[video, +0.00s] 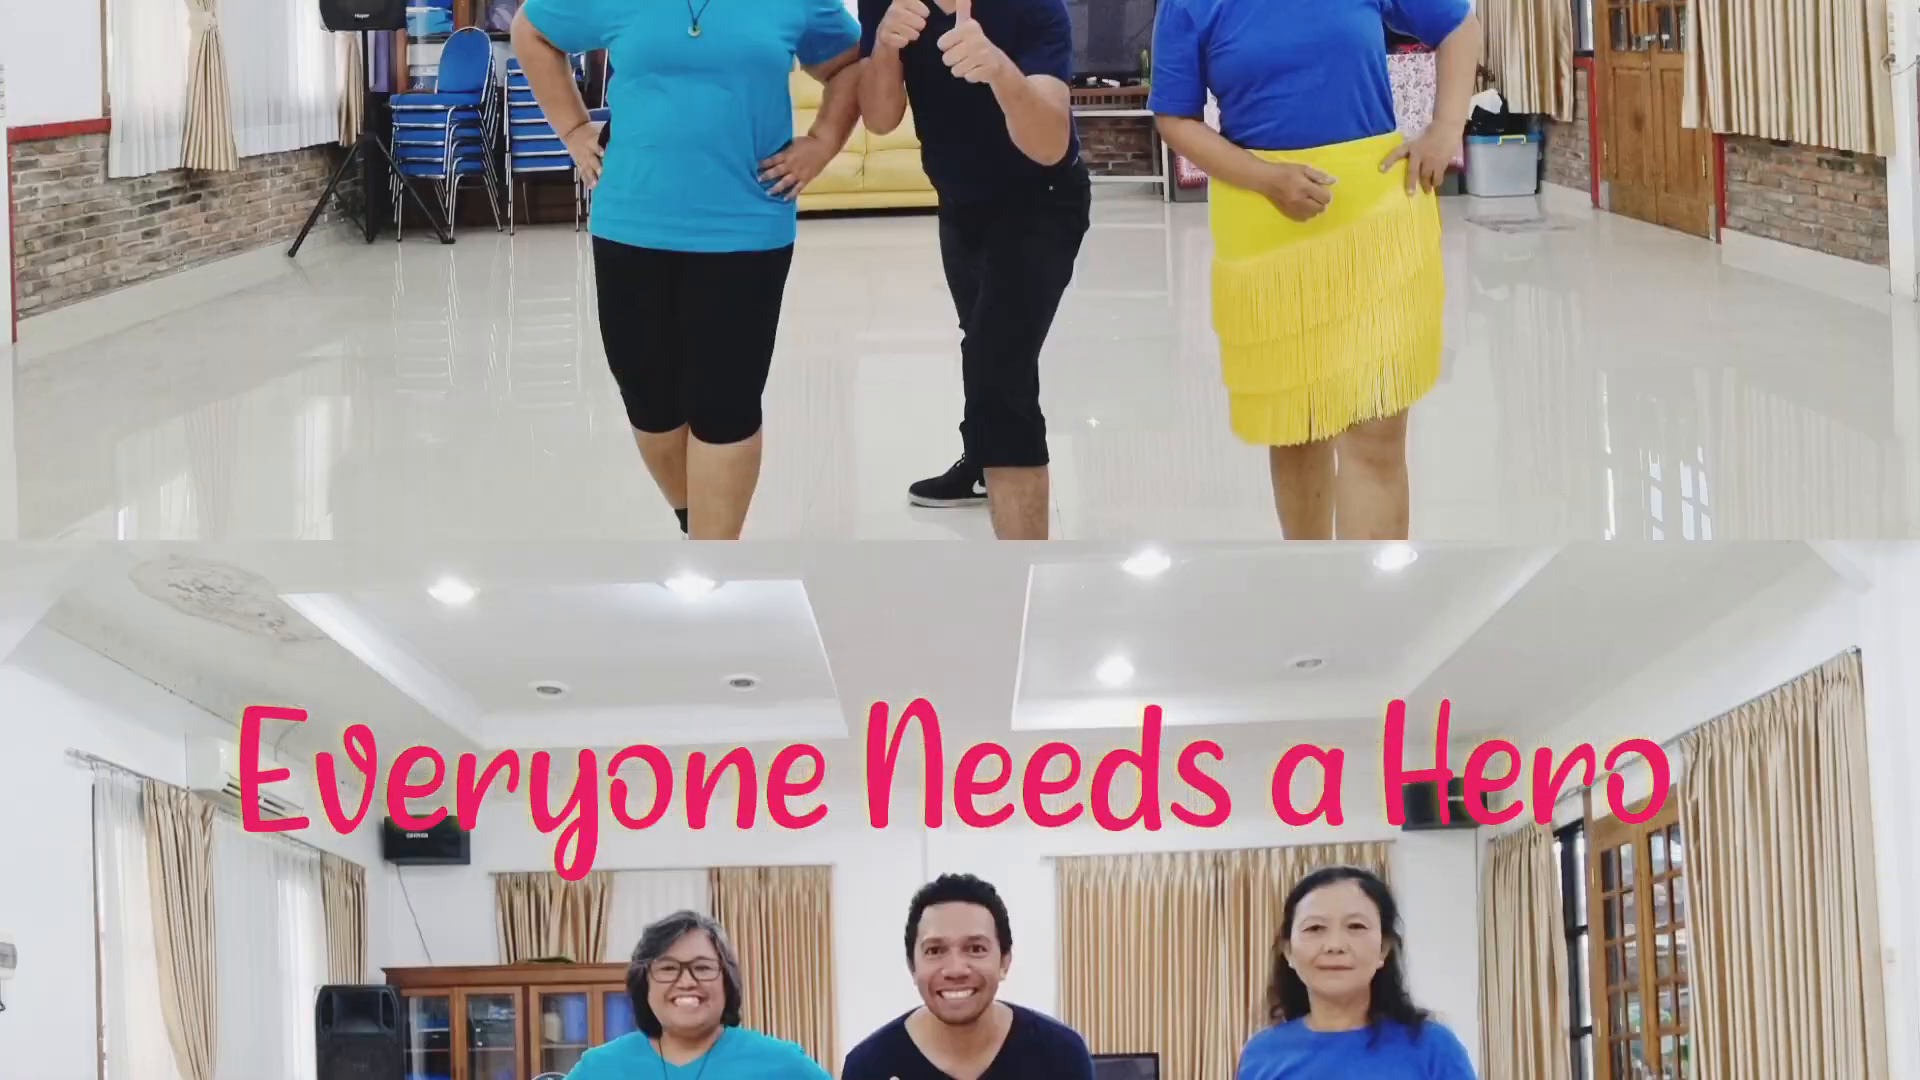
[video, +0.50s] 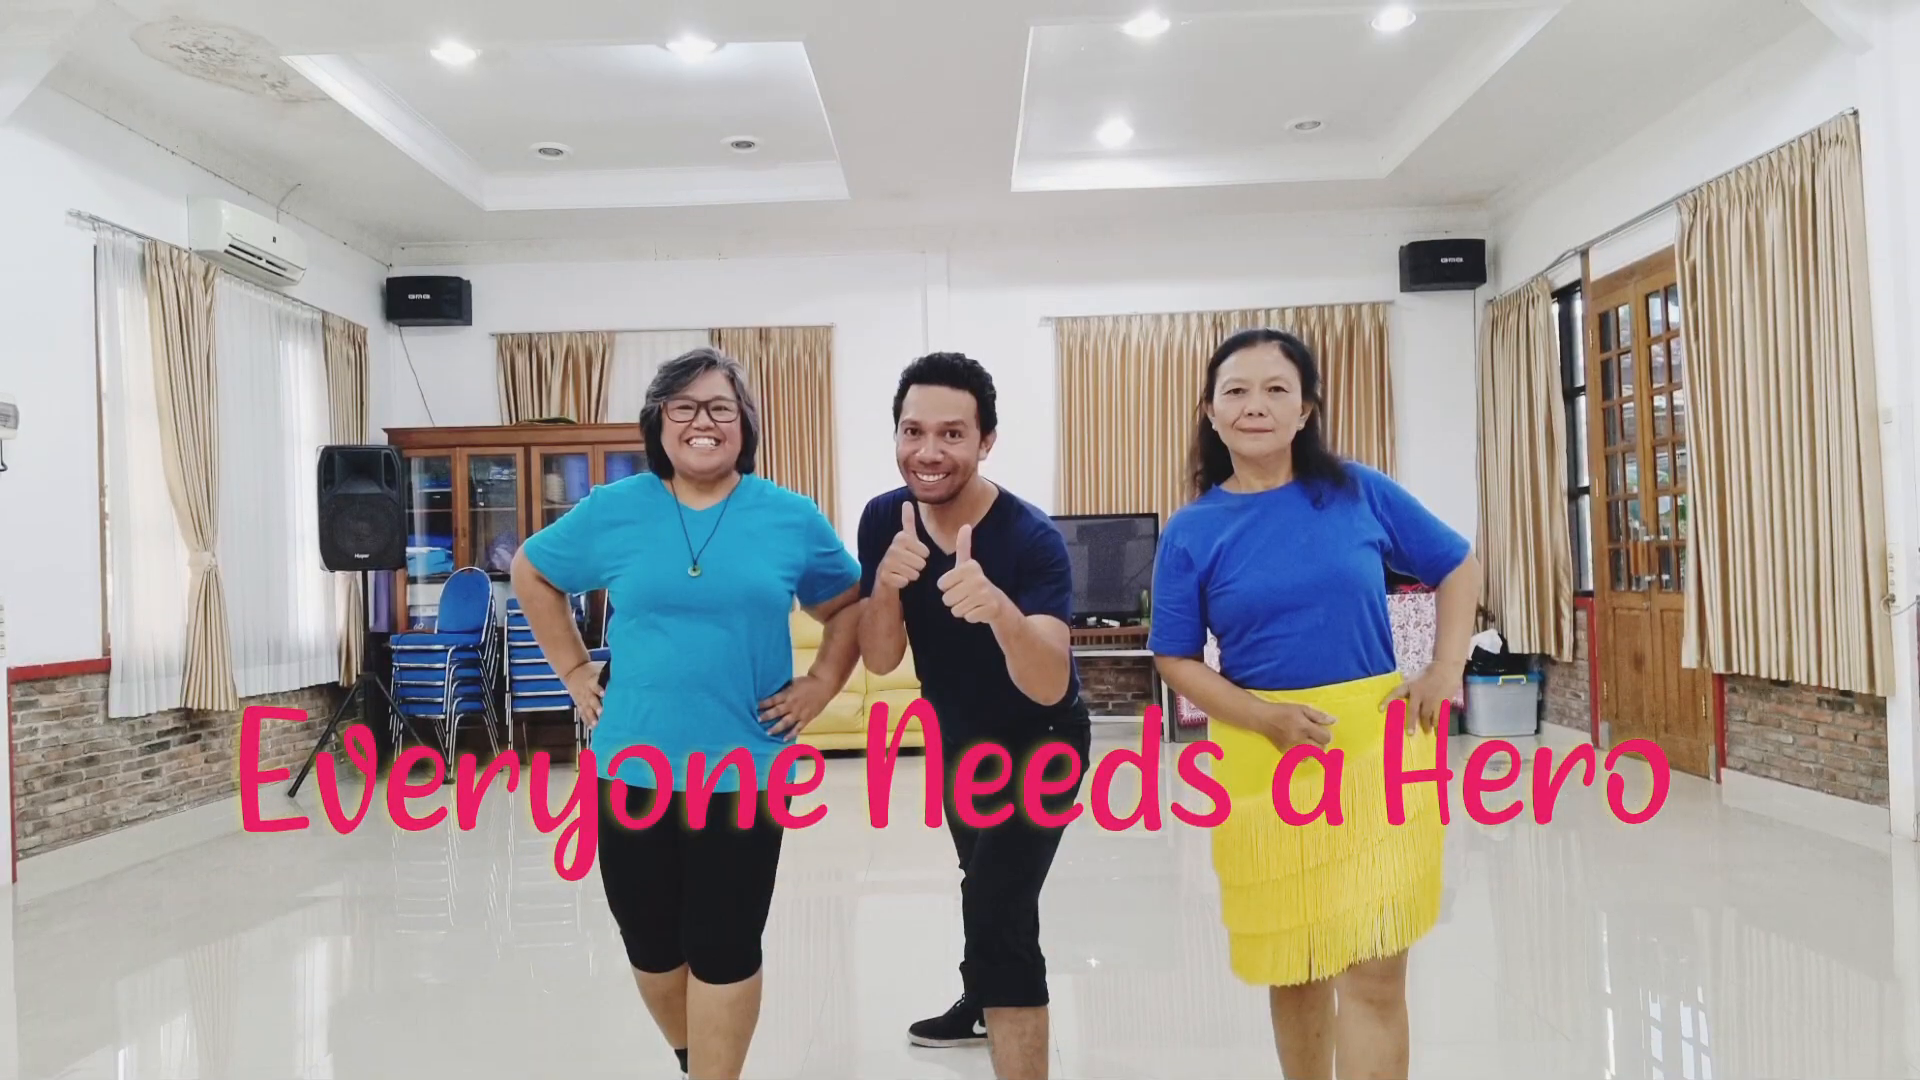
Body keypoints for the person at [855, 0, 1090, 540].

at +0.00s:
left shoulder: (1033, 10)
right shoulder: (893, 7)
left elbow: (1050, 146)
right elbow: (879, 119)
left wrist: (1002, 72)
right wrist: (884, 48)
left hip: (1039, 196)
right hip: (961, 200)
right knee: (982, 340)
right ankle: (984, 458)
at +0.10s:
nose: (930, 176)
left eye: (951, 159)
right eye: (915, 157)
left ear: (986, 168)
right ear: (896, 163)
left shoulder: (1031, 265)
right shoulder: (885, 245)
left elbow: (1049, 409)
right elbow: (880, 383)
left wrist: (1002, 335)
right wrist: (884, 313)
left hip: (1041, 465)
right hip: (961, 467)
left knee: (994, 621)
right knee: (991, 618)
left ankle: (1012, 763)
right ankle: (1008, 753)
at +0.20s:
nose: (929, 336)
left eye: (951, 319)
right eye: (914, 317)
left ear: (986, 328)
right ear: (896, 323)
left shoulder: (1030, 424)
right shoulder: (885, 405)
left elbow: (1050, 568)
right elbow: (880, 543)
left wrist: (1002, 495)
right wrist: (884, 473)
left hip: (1040, 623)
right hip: (960, 626)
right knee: (985, 770)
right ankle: (988, 888)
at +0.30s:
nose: (930, 418)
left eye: (951, 401)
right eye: (914, 399)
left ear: (986, 410)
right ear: (896, 405)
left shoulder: (1031, 506)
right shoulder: (885, 486)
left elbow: (1049, 651)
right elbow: (880, 625)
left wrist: (1003, 578)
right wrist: (884, 555)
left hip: (1042, 702)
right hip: (962, 702)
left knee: (1001, 888)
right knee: (981, 840)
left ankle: (1026, 1066)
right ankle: (987, 966)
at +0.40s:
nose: (929, 449)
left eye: (951, 431)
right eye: (914, 429)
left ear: (986, 440)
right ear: (896, 435)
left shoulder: (1031, 535)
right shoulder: (885, 517)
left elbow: (1050, 681)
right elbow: (880, 656)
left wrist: (1003, 609)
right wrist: (884, 585)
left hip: (1042, 734)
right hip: (960, 728)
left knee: (999, 917)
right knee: (977, 874)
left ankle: (1025, 1074)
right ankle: (987, 997)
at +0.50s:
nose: (929, 453)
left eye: (951, 436)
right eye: (914, 433)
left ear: (986, 445)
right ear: (896, 439)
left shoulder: (1030, 540)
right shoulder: (885, 521)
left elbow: (1050, 686)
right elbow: (880, 661)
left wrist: (1003, 613)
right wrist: (884, 590)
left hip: (1043, 738)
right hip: (961, 733)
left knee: (999, 921)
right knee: (977, 880)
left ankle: (1024, 1071)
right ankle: (988, 1001)